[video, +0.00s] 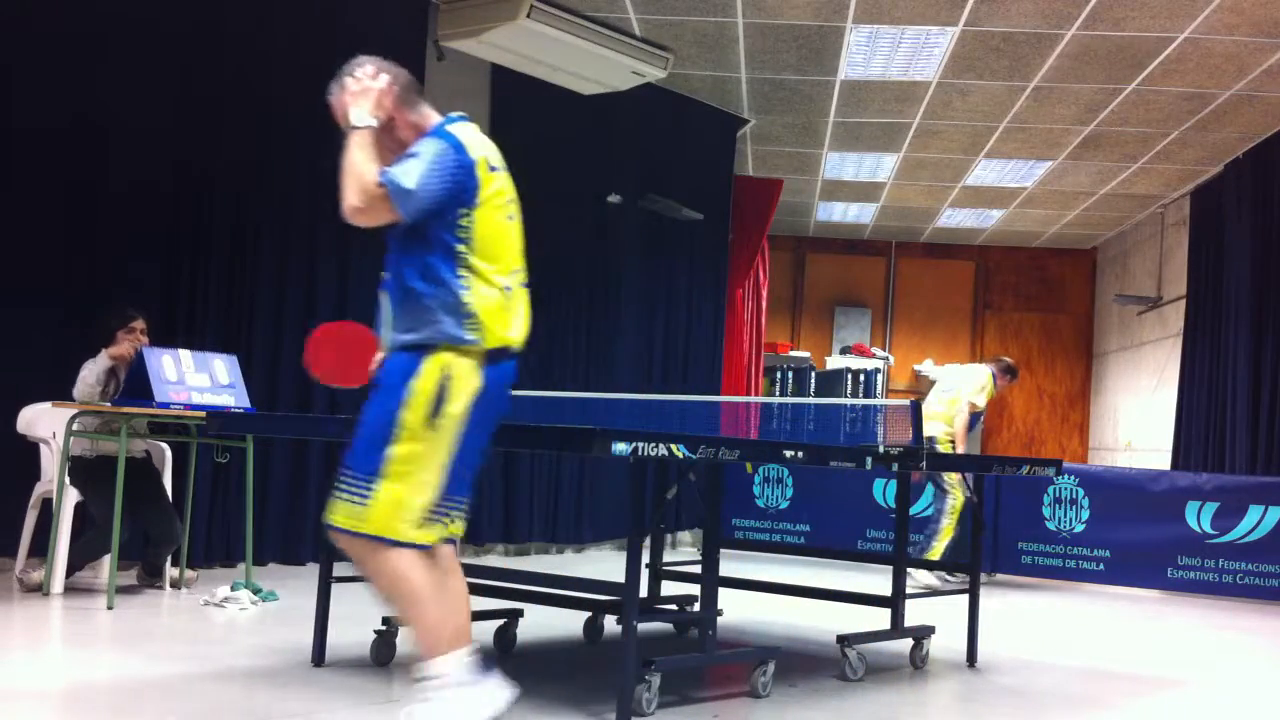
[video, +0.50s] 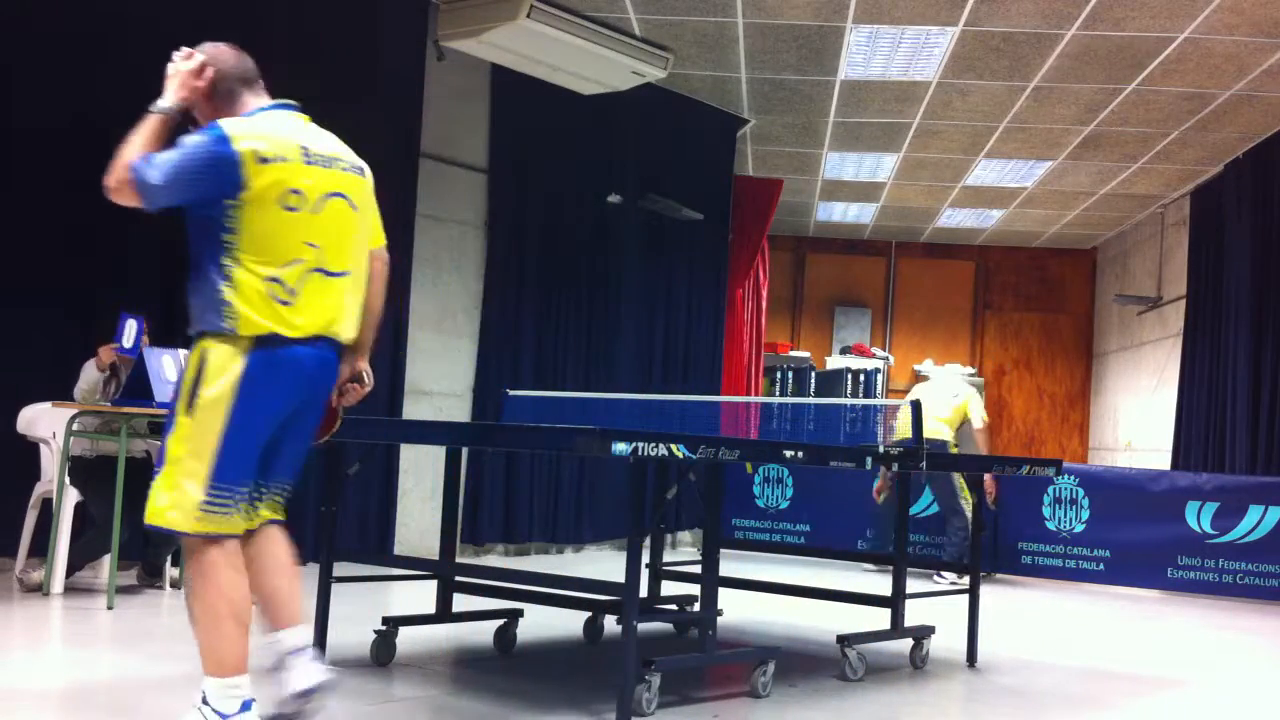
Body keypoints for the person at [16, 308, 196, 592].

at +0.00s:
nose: (139, 338)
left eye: (143, 332)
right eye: (131, 332)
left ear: (148, 337)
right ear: (114, 336)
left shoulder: (151, 370)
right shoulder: (98, 367)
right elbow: (83, 396)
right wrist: (107, 357)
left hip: (134, 457)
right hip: (91, 457)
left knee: (169, 532)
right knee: (113, 530)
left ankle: (152, 572)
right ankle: (53, 573)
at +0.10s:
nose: (138, 339)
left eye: (142, 333)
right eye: (130, 333)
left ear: (147, 336)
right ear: (114, 334)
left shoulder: (151, 367)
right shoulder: (103, 365)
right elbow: (82, 396)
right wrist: (99, 354)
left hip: (134, 457)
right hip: (91, 457)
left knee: (169, 531)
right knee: (113, 529)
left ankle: (152, 572)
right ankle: (52, 573)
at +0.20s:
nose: (136, 343)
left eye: (141, 336)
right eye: (128, 337)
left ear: (146, 339)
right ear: (113, 338)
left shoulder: (150, 368)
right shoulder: (100, 366)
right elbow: (82, 396)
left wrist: (149, 351)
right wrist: (94, 354)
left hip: (134, 457)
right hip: (91, 457)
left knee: (169, 531)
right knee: (111, 530)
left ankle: (152, 571)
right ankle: (53, 573)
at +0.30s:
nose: (138, 339)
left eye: (142, 333)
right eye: (130, 332)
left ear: (147, 337)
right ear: (112, 335)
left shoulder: (150, 367)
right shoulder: (100, 365)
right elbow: (83, 397)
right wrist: (92, 358)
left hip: (134, 457)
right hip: (91, 457)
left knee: (169, 531)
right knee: (112, 529)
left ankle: (152, 571)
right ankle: (53, 573)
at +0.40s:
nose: (137, 338)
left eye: (142, 332)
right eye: (131, 332)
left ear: (146, 337)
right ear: (114, 336)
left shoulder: (149, 366)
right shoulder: (102, 367)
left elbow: (168, 394)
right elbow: (83, 397)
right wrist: (94, 363)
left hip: (135, 456)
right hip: (91, 455)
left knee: (164, 520)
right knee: (115, 524)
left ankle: (152, 571)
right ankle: (52, 573)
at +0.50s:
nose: (138, 341)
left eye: (143, 335)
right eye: (132, 335)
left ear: (149, 340)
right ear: (118, 338)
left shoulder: (155, 370)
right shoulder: (100, 368)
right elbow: (83, 400)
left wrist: (147, 358)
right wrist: (98, 368)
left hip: (136, 457)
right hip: (92, 456)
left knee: (170, 515)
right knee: (113, 525)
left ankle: (153, 570)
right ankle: (52, 573)